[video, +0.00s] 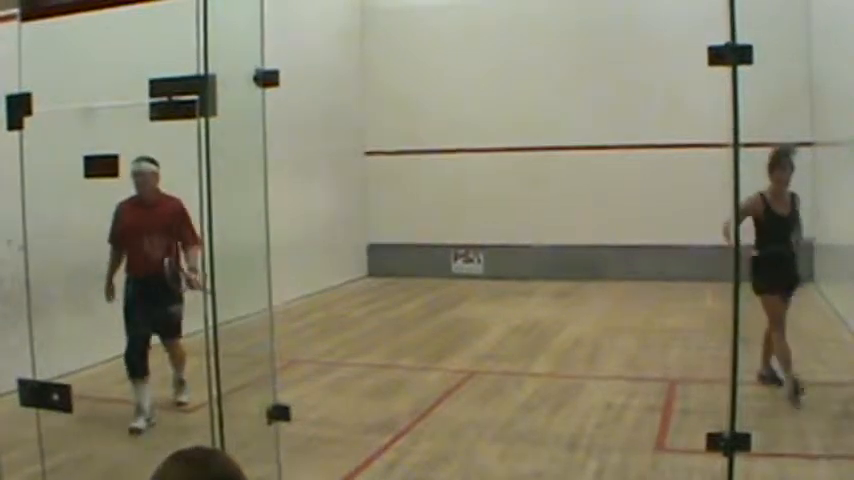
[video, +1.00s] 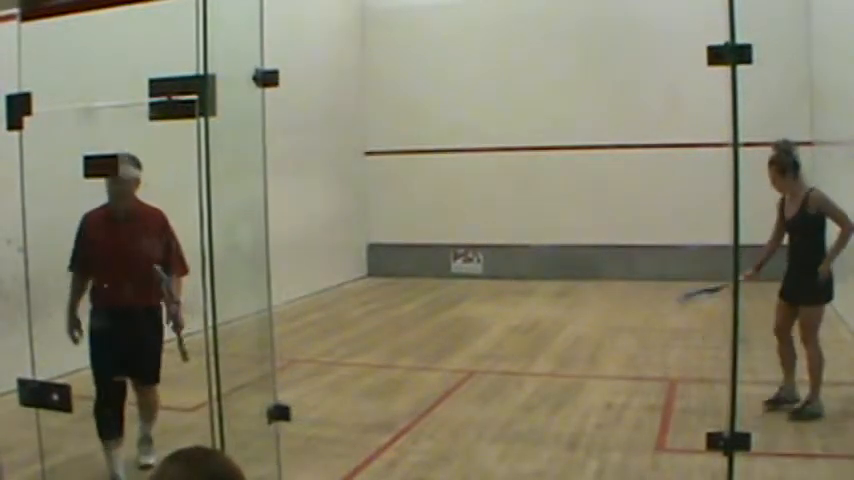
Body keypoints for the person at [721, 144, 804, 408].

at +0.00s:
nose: (784, 177)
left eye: (787, 172)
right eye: (779, 172)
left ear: (792, 174)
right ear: (770, 173)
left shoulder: (793, 200)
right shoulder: (757, 202)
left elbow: (795, 228)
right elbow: (730, 222)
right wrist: (731, 241)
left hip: (787, 261)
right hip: (764, 262)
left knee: (776, 321)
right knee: (777, 322)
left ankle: (766, 367)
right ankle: (790, 378)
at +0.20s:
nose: (785, 176)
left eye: (790, 171)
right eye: (781, 171)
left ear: (797, 172)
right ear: (776, 173)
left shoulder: (805, 200)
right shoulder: (766, 204)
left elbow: (815, 226)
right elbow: (742, 231)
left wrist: (814, 248)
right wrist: (738, 252)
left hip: (801, 268)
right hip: (776, 270)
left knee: (806, 327)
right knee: (790, 328)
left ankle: (784, 356)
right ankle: (795, 384)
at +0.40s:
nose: (785, 180)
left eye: (790, 176)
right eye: (782, 175)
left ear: (800, 173)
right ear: (779, 174)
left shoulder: (815, 199)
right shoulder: (772, 203)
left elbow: (832, 224)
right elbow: (752, 233)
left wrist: (824, 255)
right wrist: (745, 257)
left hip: (808, 268)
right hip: (781, 270)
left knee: (807, 331)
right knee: (789, 331)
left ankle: (815, 388)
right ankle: (795, 387)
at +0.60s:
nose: (784, 181)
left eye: (788, 176)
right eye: (782, 175)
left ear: (801, 173)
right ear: (780, 174)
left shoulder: (821, 199)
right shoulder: (778, 203)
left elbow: (845, 225)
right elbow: (763, 234)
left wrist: (833, 257)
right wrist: (751, 255)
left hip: (813, 270)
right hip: (787, 270)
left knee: (809, 332)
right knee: (792, 333)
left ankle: (815, 396)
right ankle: (795, 387)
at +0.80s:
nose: (779, 180)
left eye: (782, 175)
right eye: (778, 175)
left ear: (796, 173)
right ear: (781, 175)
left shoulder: (821, 198)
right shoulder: (782, 204)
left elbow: (850, 224)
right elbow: (772, 236)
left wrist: (836, 258)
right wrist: (756, 255)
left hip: (817, 273)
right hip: (793, 272)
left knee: (811, 334)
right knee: (786, 332)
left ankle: (816, 396)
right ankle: (802, 379)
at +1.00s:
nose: (771, 181)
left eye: (773, 175)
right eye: (770, 175)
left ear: (786, 174)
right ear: (783, 175)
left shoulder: (815, 198)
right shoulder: (784, 203)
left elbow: (846, 226)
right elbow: (776, 239)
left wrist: (828, 261)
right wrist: (757, 267)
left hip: (815, 275)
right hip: (794, 274)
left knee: (808, 336)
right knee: (781, 330)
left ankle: (814, 398)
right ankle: (788, 388)